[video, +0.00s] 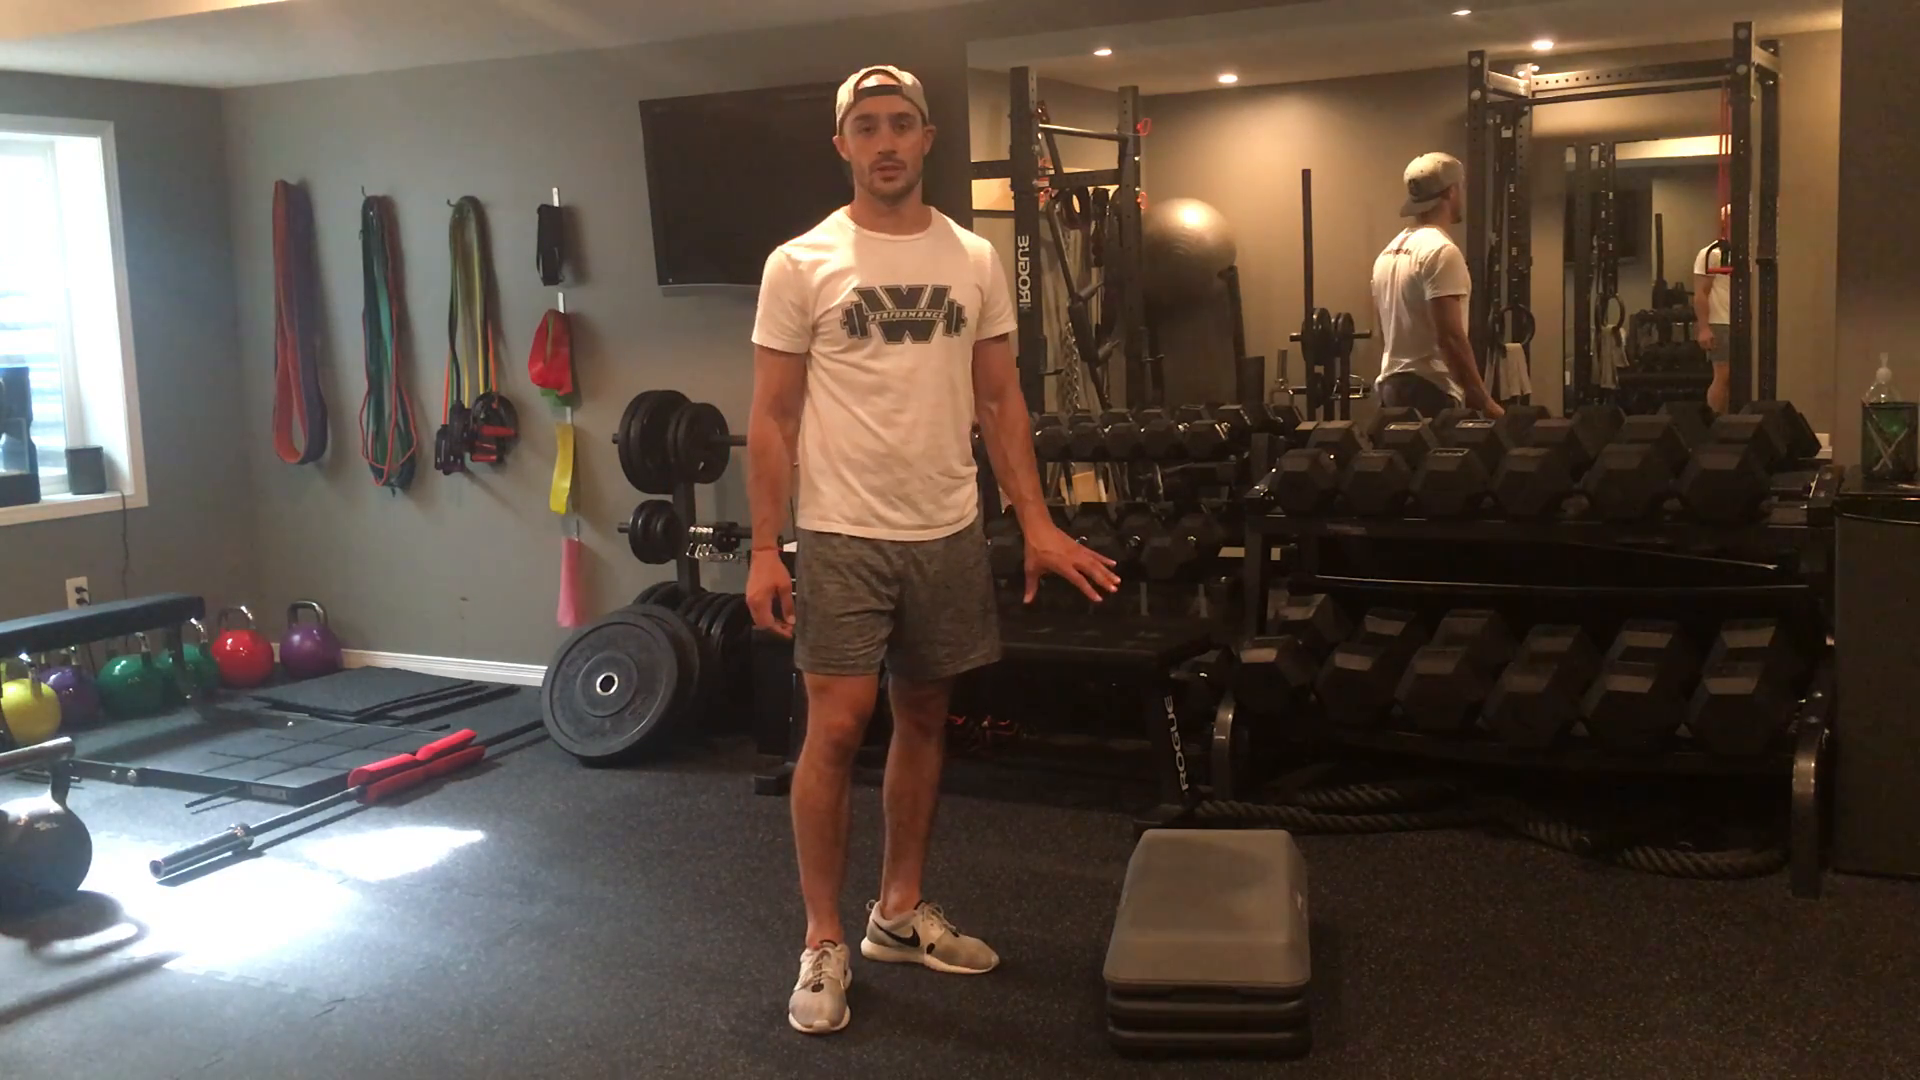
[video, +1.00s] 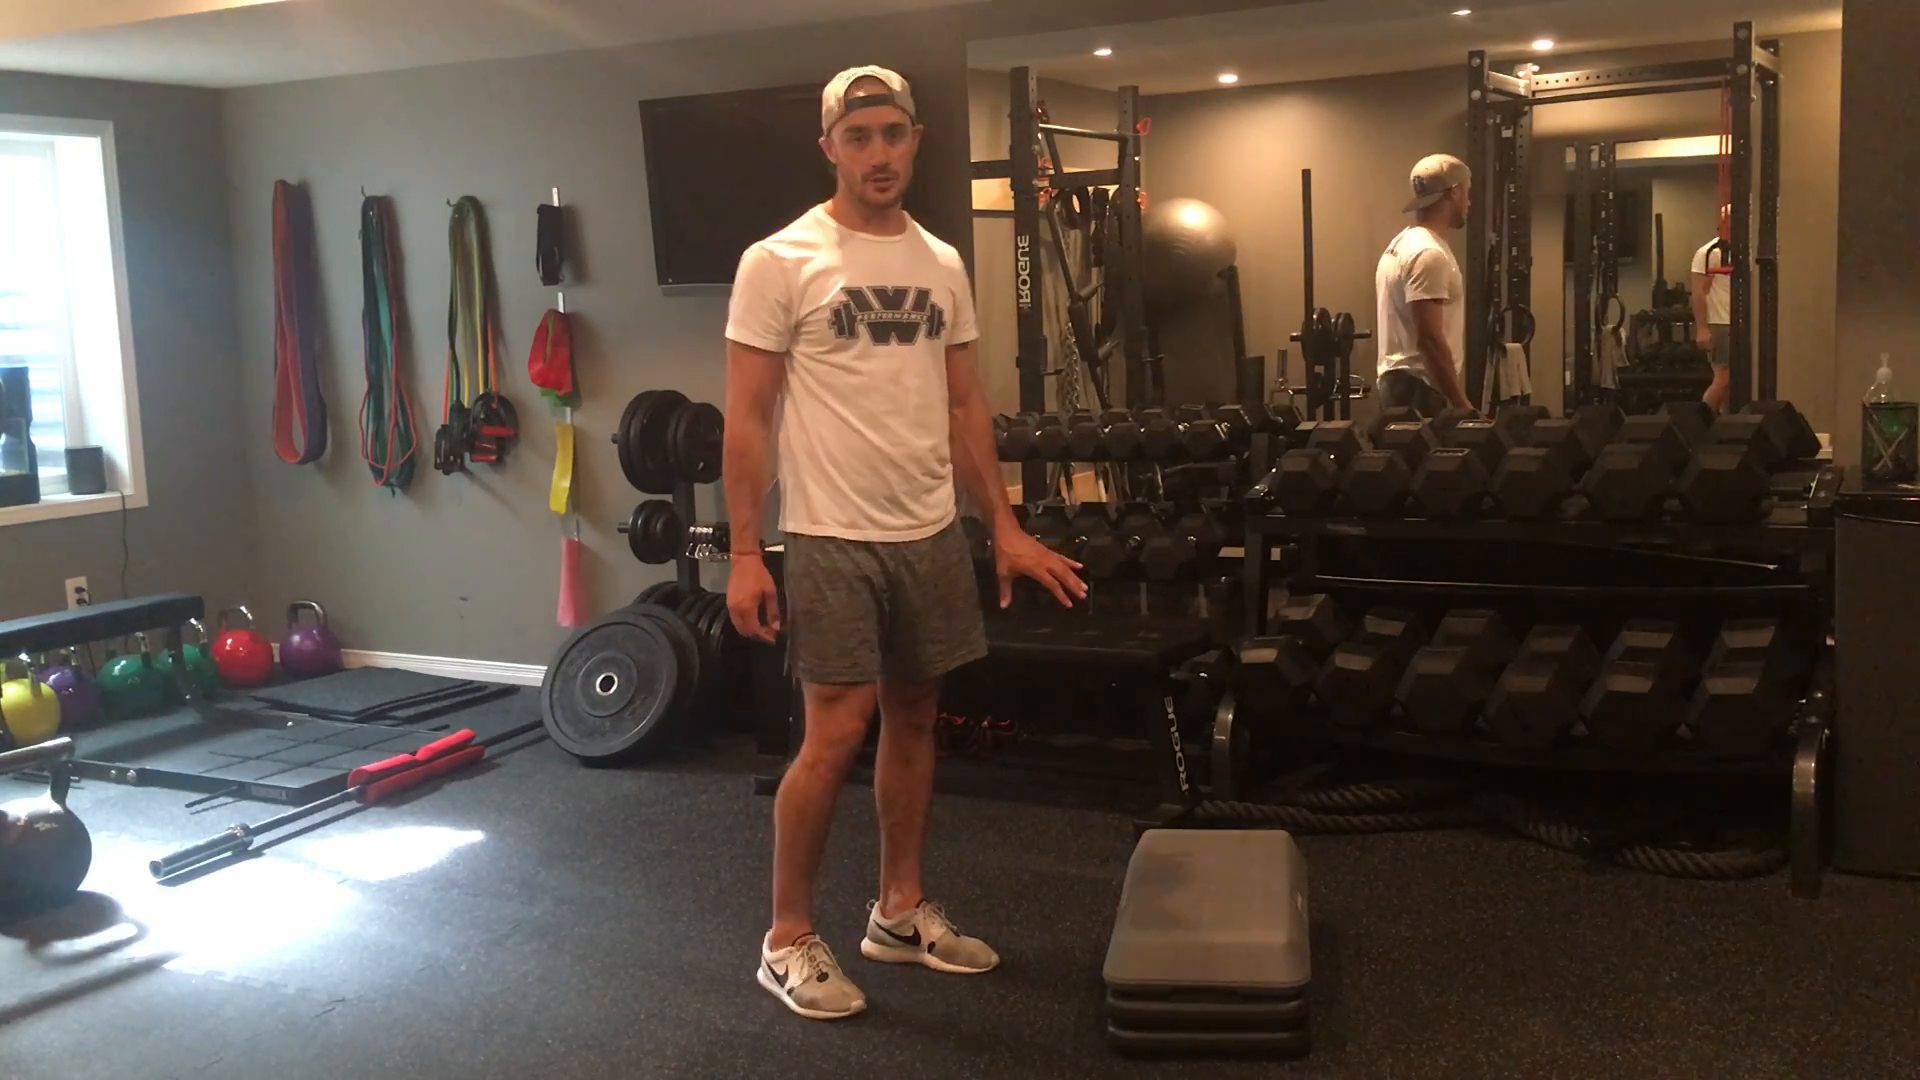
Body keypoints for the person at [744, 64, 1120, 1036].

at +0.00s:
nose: (887, 144)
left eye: (902, 127)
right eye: (868, 129)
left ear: (929, 139)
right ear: (842, 145)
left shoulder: (974, 260)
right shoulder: (801, 265)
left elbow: (1000, 400)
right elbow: (774, 416)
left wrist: (1037, 523)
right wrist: (764, 549)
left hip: (948, 534)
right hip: (840, 536)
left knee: (923, 722)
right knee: (837, 729)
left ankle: (900, 909)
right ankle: (821, 941)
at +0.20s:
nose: (889, 145)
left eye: (905, 128)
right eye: (871, 129)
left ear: (930, 142)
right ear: (843, 143)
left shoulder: (970, 261)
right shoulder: (798, 265)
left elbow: (999, 400)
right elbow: (771, 416)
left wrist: (1038, 521)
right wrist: (763, 548)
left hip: (948, 534)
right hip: (841, 536)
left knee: (924, 722)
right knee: (838, 728)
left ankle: (899, 910)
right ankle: (822, 940)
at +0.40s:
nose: (893, 147)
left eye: (908, 130)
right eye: (875, 131)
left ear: (931, 143)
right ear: (846, 144)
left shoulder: (970, 262)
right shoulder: (798, 265)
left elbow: (996, 401)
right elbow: (770, 415)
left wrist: (1030, 523)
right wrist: (760, 547)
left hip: (948, 534)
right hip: (841, 536)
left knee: (924, 721)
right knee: (838, 729)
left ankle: (901, 912)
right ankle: (823, 943)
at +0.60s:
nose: (898, 150)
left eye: (912, 133)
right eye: (879, 134)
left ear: (936, 145)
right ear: (849, 146)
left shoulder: (971, 264)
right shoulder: (799, 263)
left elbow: (991, 403)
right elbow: (769, 411)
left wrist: (1026, 528)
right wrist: (758, 544)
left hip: (944, 534)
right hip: (838, 536)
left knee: (923, 719)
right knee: (837, 727)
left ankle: (901, 910)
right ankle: (823, 942)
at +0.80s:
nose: (892, 151)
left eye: (907, 133)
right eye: (873, 135)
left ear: (934, 144)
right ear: (846, 148)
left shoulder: (965, 268)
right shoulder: (796, 261)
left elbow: (983, 408)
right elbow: (761, 409)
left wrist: (1019, 532)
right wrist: (750, 542)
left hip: (938, 532)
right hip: (835, 533)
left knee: (919, 717)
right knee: (841, 721)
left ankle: (899, 911)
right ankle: (797, 934)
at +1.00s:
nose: (880, 152)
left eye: (894, 134)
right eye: (860, 136)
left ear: (916, 144)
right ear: (829, 148)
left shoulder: (941, 266)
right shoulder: (779, 263)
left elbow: (966, 406)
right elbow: (748, 416)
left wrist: (1006, 529)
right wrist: (744, 551)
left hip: (930, 533)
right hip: (829, 538)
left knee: (914, 721)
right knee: (836, 733)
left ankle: (899, 911)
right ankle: (787, 938)